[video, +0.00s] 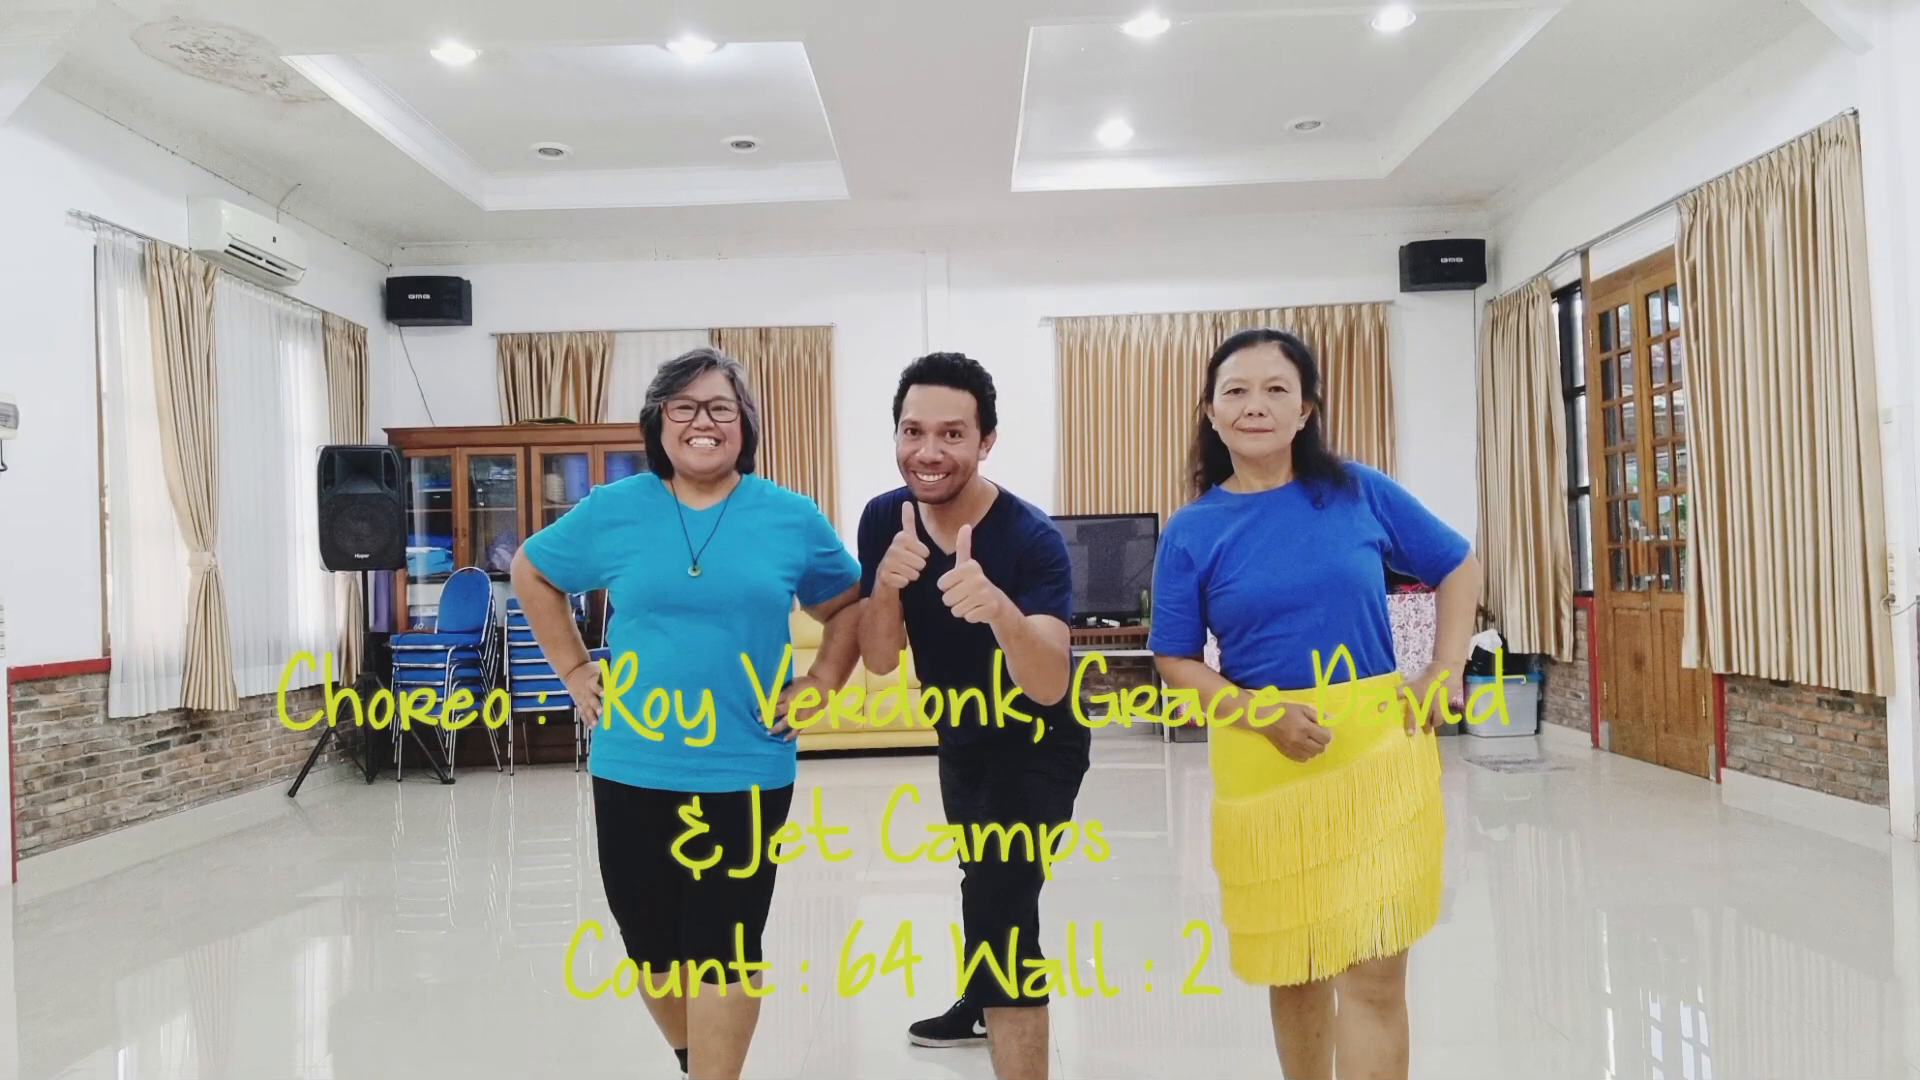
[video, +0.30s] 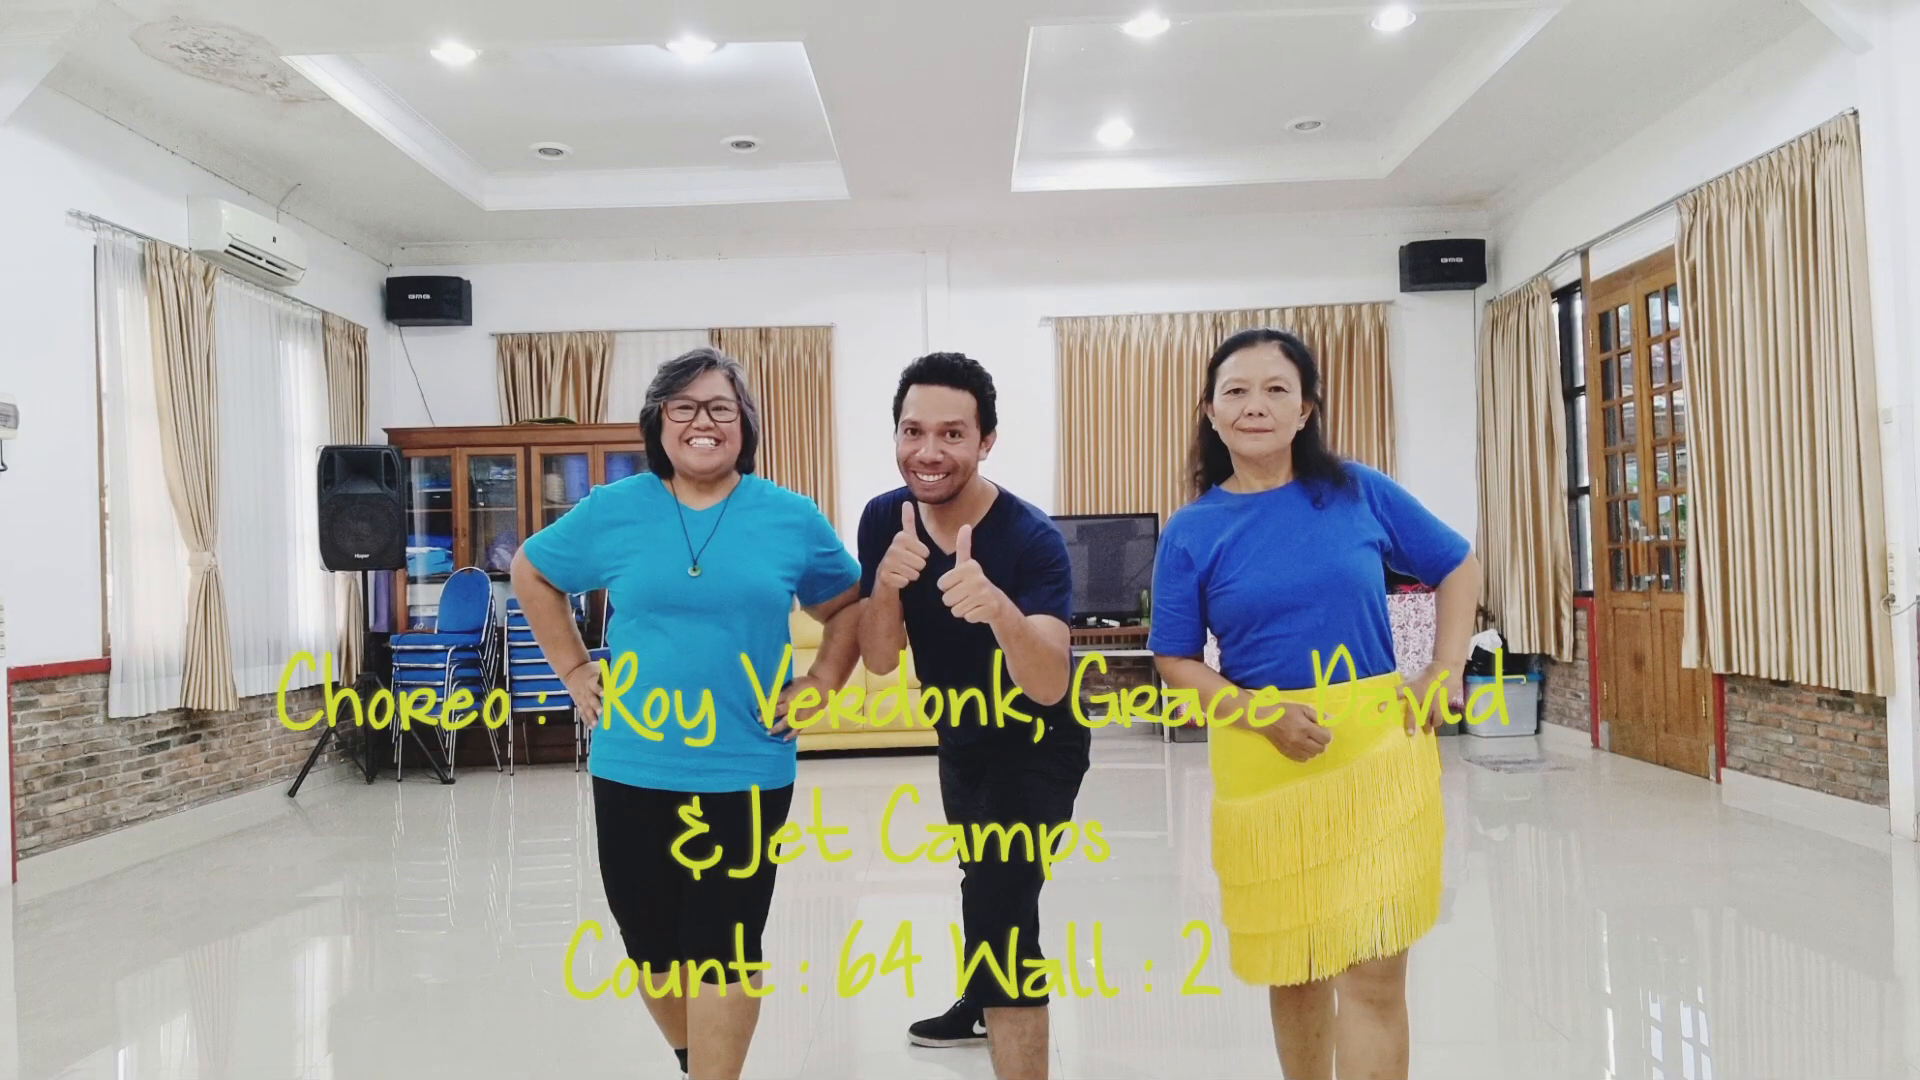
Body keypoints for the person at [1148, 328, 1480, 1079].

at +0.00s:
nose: (1254, 405)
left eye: (1276, 390)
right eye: (1234, 391)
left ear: (1305, 407)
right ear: (1212, 410)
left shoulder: (1359, 491)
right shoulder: (1192, 530)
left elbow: (1460, 565)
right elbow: (1172, 661)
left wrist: (1447, 667)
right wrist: (1261, 712)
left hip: (1376, 758)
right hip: (1266, 771)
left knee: (1376, 976)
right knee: (1296, 979)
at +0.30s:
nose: (1254, 405)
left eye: (1276, 390)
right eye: (1235, 391)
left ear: (1305, 408)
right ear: (1212, 410)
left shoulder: (1359, 491)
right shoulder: (1192, 530)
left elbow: (1460, 565)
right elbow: (1172, 661)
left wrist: (1447, 667)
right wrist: (1261, 713)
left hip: (1377, 758)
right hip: (1266, 771)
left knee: (1376, 977)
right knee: (1296, 979)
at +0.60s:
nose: (1254, 405)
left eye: (1276, 390)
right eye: (1234, 391)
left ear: (1305, 408)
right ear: (1212, 410)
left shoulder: (1359, 491)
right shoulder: (1192, 530)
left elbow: (1460, 565)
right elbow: (1172, 661)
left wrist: (1447, 667)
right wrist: (1261, 713)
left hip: (1377, 758)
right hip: (1267, 770)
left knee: (1376, 976)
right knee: (1296, 978)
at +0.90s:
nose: (1254, 405)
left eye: (1276, 390)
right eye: (1234, 391)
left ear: (1305, 408)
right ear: (1212, 410)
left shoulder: (1359, 491)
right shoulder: (1192, 530)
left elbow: (1460, 565)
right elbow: (1172, 661)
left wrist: (1447, 667)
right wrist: (1261, 713)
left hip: (1377, 758)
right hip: (1267, 770)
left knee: (1376, 976)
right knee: (1296, 978)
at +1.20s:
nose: (1254, 405)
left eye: (1276, 390)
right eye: (1235, 391)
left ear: (1305, 408)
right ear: (1212, 410)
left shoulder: (1359, 491)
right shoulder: (1192, 530)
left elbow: (1460, 565)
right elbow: (1172, 661)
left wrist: (1447, 667)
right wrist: (1261, 713)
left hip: (1377, 758)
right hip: (1267, 771)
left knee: (1377, 976)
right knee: (1297, 978)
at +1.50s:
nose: (1254, 405)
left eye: (1276, 390)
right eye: (1235, 391)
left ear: (1305, 408)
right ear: (1212, 410)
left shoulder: (1359, 491)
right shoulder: (1192, 530)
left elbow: (1460, 565)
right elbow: (1172, 661)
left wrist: (1447, 667)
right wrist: (1261, 713)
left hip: (1377, 758)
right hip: (1267, 771)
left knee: (1377, 976)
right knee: (1297, 978)